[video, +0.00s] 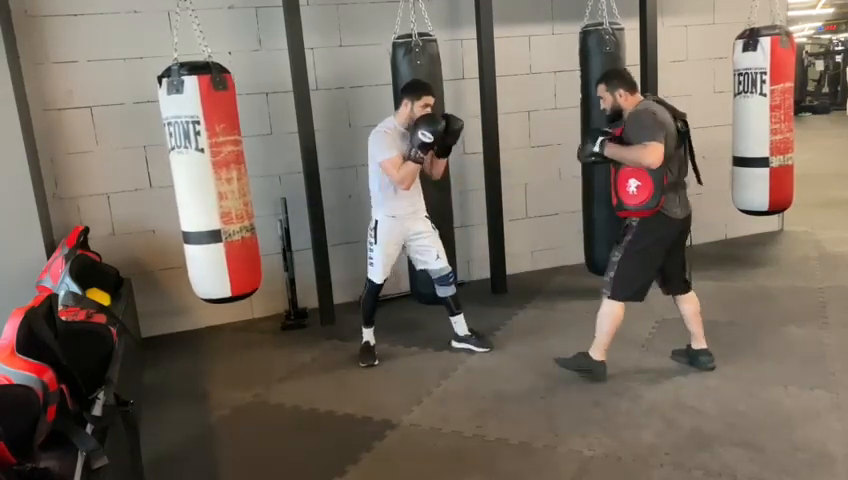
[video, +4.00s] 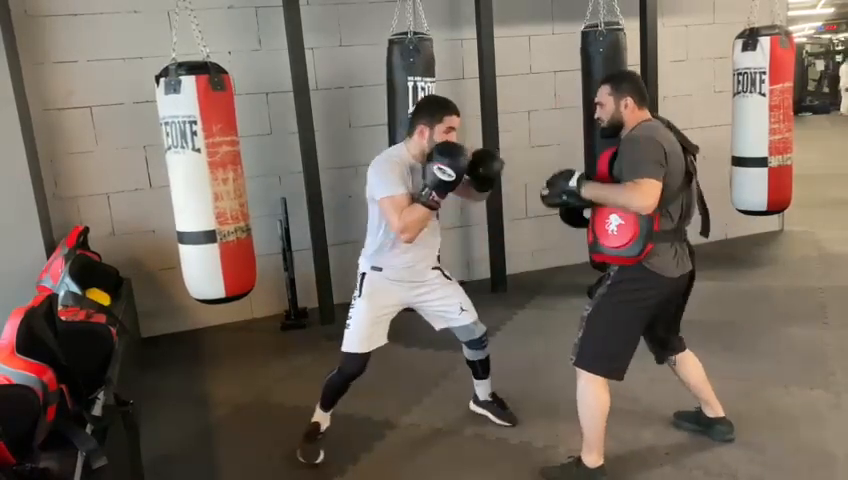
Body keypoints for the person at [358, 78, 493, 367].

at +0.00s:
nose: (428, 113)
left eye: (431, 108)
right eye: (425, 107)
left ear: (425, 109)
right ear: (406, 103)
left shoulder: (418, 132)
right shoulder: (381, 135)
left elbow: (435, 172)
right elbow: (402, 180)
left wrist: (444, 144)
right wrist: (422, 145)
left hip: (418, 219)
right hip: (387, 221)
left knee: (443, 273)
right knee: (376, 281)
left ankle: (462, 334)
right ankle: (367, 341)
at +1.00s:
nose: (451, 116)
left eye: (453, 111)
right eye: (449, 109)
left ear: (437, 107)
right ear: (432, 103)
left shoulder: (436, 133)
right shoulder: (400, 132)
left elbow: (467, 166)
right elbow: (423, 177)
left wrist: (469, 126)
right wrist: (448, 144)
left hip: (430, 223)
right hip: (400, 224)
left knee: (451, 284)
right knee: (395, 292)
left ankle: (474, 346)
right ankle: (370, 347)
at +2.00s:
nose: (456, 140)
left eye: (458, 131)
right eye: (453, 131)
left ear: (428, 129)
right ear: (429, 128)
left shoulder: (428, 164)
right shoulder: (379, 167)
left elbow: (453, 176)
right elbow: (400, 239)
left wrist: (489, 157)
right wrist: (440, 200)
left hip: (423, 284)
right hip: (380, 293)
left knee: (476, 344)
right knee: (372, 393)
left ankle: (491, 405)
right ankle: (330, 471)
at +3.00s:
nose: (472, 146)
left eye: (474, 139)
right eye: (467, 137)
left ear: (448, 133)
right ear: (441, 131)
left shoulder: (449, 164)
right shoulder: (397, 166)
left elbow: (476, 193)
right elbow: (418, 234)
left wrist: (497, 178)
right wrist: (447, 194)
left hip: (443, 272)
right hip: (399, 279)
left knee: (492, 333)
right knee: (372, 366)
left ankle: (507, 398)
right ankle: (338, 444)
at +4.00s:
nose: (454, 139)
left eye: (456, 132)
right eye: (448, 131)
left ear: (442, 133)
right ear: (424, 131)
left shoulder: (441, 162)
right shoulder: (386, 166)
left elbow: (473, 194)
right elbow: (405, 229)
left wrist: (484, 177)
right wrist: (437, 187)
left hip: (427, 273)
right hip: (381, 278)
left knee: (474, 333)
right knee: (352, 365)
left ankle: (484, 397)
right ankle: (318, 423)